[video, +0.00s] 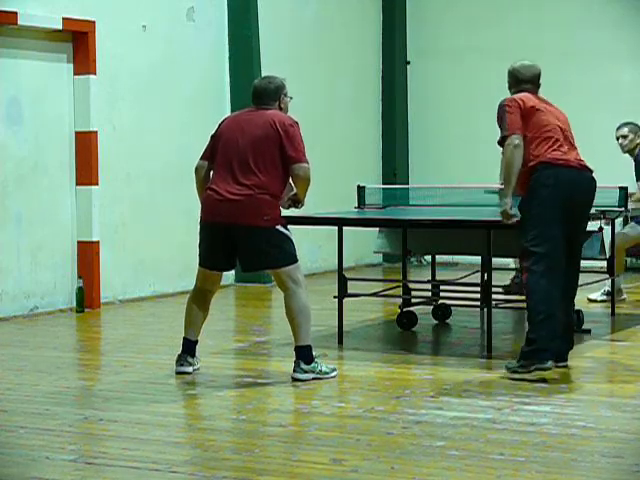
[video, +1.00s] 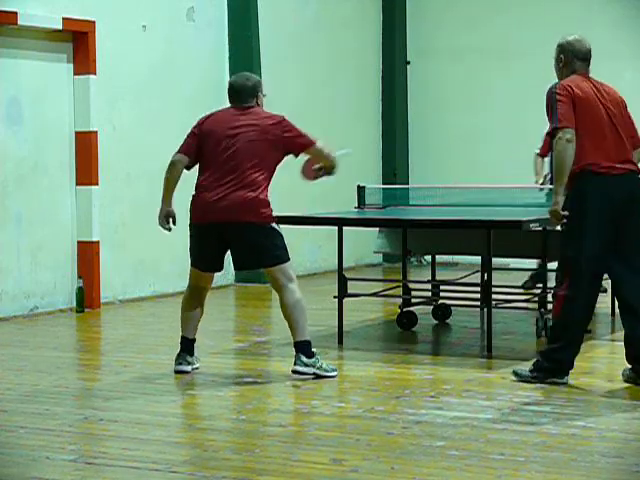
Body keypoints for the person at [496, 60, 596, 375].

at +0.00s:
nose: (511, 92)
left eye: (509, 86)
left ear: (510, 85)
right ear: (538, 85)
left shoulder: (513, 102)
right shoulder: (554, 110)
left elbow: (515, 143)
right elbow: (564, 152)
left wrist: (507, 199)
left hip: (550, 179)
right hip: (582, 180)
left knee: (540, 265)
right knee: (566, 265)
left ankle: (538, 353)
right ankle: (559, 350)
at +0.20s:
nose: (516, 80)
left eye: (516, 75)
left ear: (516, 76)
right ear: (545, 78)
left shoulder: (518, 102)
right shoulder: (561, 106)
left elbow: (510, 154)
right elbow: (567, 156)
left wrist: (492, 207)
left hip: (547, 187)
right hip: (580, 188)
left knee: (526, 270)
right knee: (559, 270)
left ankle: (535, 361)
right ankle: (557, 353)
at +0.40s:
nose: (517, 74)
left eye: (515, 69)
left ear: (516, 69)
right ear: (545, 67)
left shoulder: (513, 101)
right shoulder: (569, 97)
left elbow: (502, 157)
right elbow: (598, 148)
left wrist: (491, 207)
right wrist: (567, 174)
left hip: (545, 191)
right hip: (586, 191)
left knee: (531, 273)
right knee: (576, 273)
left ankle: (536, 363)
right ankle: (563, 354)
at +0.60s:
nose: (533, 67)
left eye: (531, 63)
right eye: (545, 60)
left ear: (532, 63)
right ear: (561, 61)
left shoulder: (529, 93)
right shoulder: (584, 93)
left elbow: (521, 147)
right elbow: (611, 145)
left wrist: (511, 201)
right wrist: (583, 175)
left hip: (557, 188)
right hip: (596, 188)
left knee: (544, 273)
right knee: (587, 272)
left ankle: (537, 364)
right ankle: (616, 351)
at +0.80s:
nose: (550, 69)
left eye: (550, 64)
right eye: (552, 64)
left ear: (554, 64)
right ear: (582, 66)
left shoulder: (558, 92)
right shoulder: (602, 97)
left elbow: (557, 141)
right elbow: (615, 150)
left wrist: (544, 196)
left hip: (581, 190)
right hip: (619, 192)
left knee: (561, 277)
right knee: (625, 278)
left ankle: (538, 364)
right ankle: (637, 364)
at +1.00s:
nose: (555, 67)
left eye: (555, 62)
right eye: (556, 62)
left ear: (562, 61)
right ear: (588, 63)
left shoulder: (563, 90)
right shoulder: (612, 93)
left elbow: (566, 138)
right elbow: (635, 144)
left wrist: (558, 193)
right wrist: (626, 179)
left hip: (592, 189)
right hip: (629, 189)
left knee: (579, 278)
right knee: (631, 278)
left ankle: (554, 364)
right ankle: (639, 364)